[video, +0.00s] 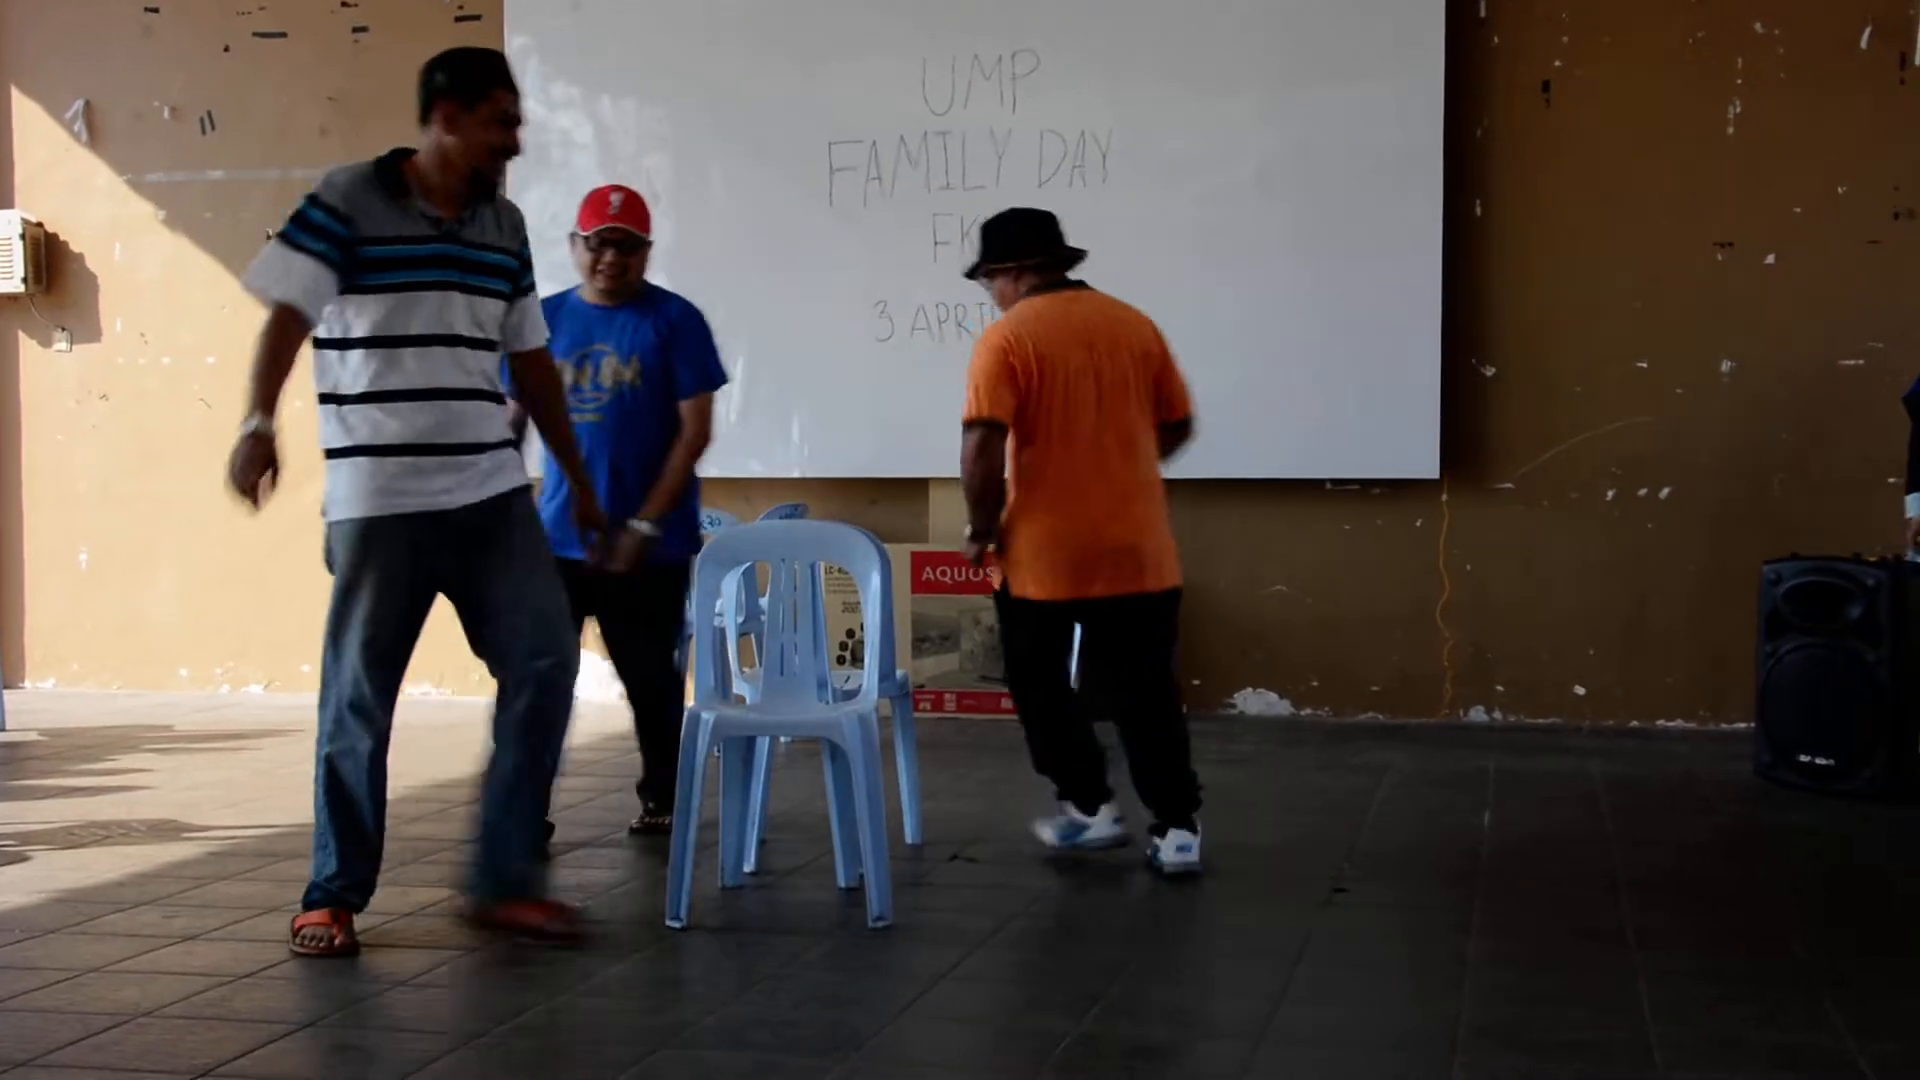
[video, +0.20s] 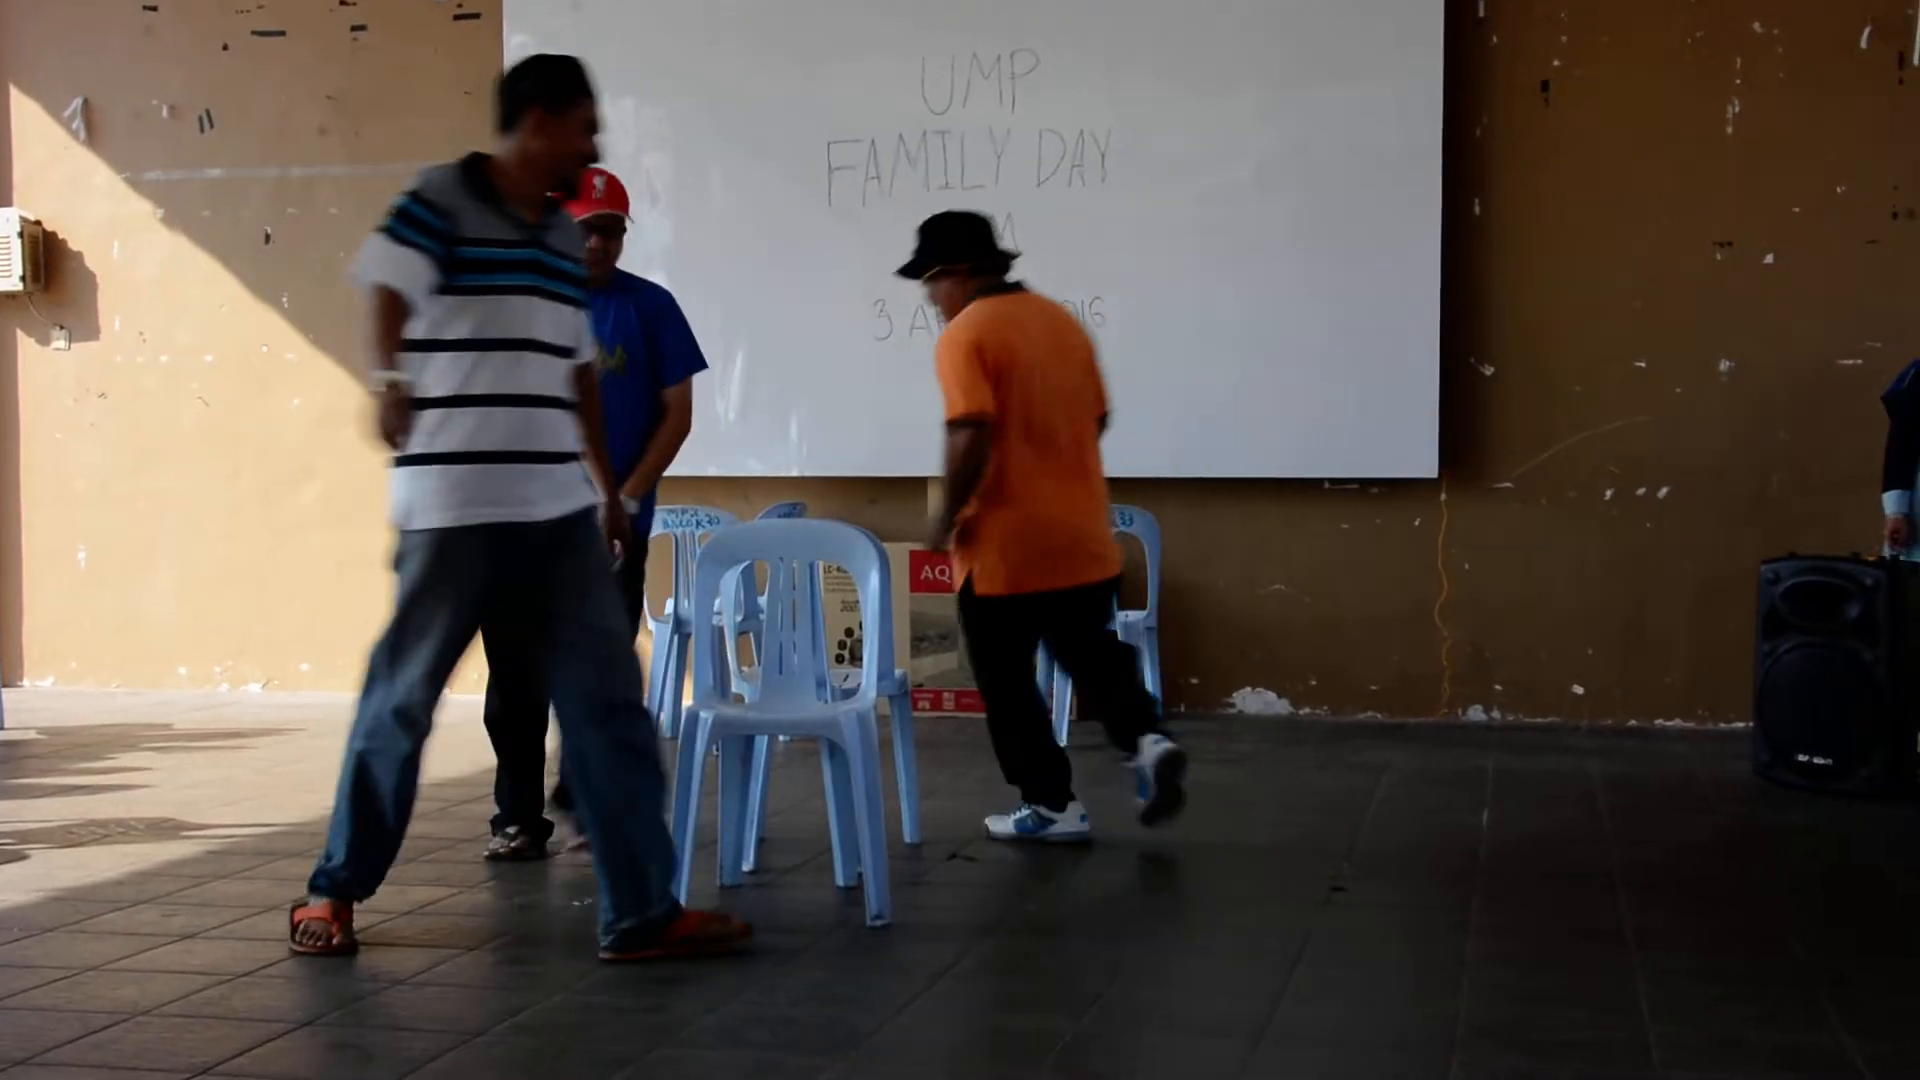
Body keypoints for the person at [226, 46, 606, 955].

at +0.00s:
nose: (513, 143)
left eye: (517, 127)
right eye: (501, 126)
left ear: (483, 125)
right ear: (443, 116)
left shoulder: (502, 223)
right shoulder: (349, 201)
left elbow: (530, 360)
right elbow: (287, 317)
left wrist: (579, 478)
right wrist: (257, 423)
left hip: (492, 501)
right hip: (380, 504)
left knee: (544, 663)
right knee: (356, 704)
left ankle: (508, 884)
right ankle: (333, 895)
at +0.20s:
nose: (590, 154)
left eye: (594, 138)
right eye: (583, 134)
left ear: (558, 127)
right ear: (535, 119)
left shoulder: (566, 243)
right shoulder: (443, 197)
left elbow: (581, 376)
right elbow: (385, 288)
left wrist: (602, 488)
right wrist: (389, 381)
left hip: (559, 504)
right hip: (453, 503)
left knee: (606, 701)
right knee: (400, 703)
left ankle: (643, 913)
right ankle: (333, 893)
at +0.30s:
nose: (643, 146)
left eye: (645, 129)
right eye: (635, 127)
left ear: (600, 121)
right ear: (587, 119)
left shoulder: (602, 223)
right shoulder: (501, 198)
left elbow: (590, 350)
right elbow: (443, 303)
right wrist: (472, 397)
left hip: (616, 510)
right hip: (523, 514)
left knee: (661, 699)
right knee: (463, 696)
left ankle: (648, 913)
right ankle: (344, 874)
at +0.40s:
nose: (699, 153)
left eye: (699, 134)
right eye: (691, 132)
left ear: (654, 125)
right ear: (648, 123)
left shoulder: (638, 223)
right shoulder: (566, 198)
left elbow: (626, 362)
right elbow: (512, 320)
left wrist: (671, 478)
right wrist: (549, 446)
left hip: (662, 512)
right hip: (586, 512)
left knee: (700, 708)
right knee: (556, 708)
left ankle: (648, 913)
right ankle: (408, 838)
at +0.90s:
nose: (646, 217)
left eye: (652, 203)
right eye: (632, 201)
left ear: (650, 207)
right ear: (585, 193)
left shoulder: (649, 296)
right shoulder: (504, 276)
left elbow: (667, 394)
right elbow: (438, 382)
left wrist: (696, 465)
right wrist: (490, 484)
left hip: (614, 537)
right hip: (527, 533)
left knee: (597, 709)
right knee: (533, 706)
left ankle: (550, 855)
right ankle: (526, 880)